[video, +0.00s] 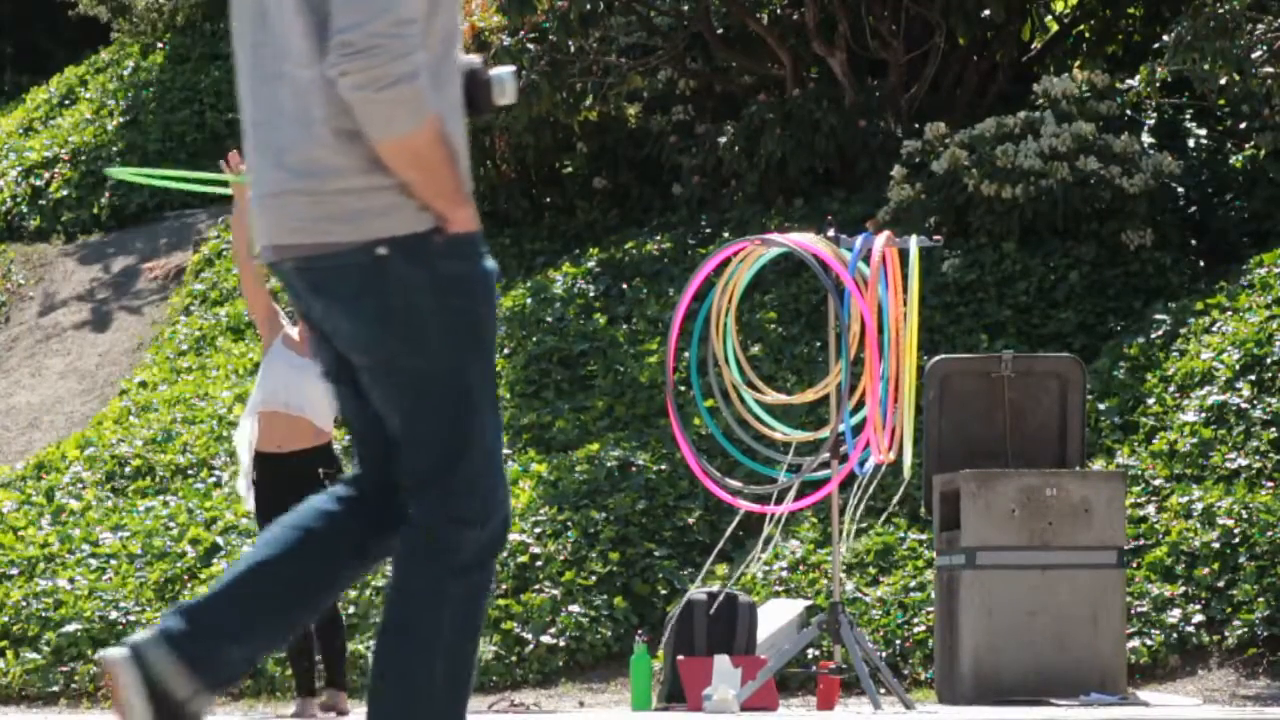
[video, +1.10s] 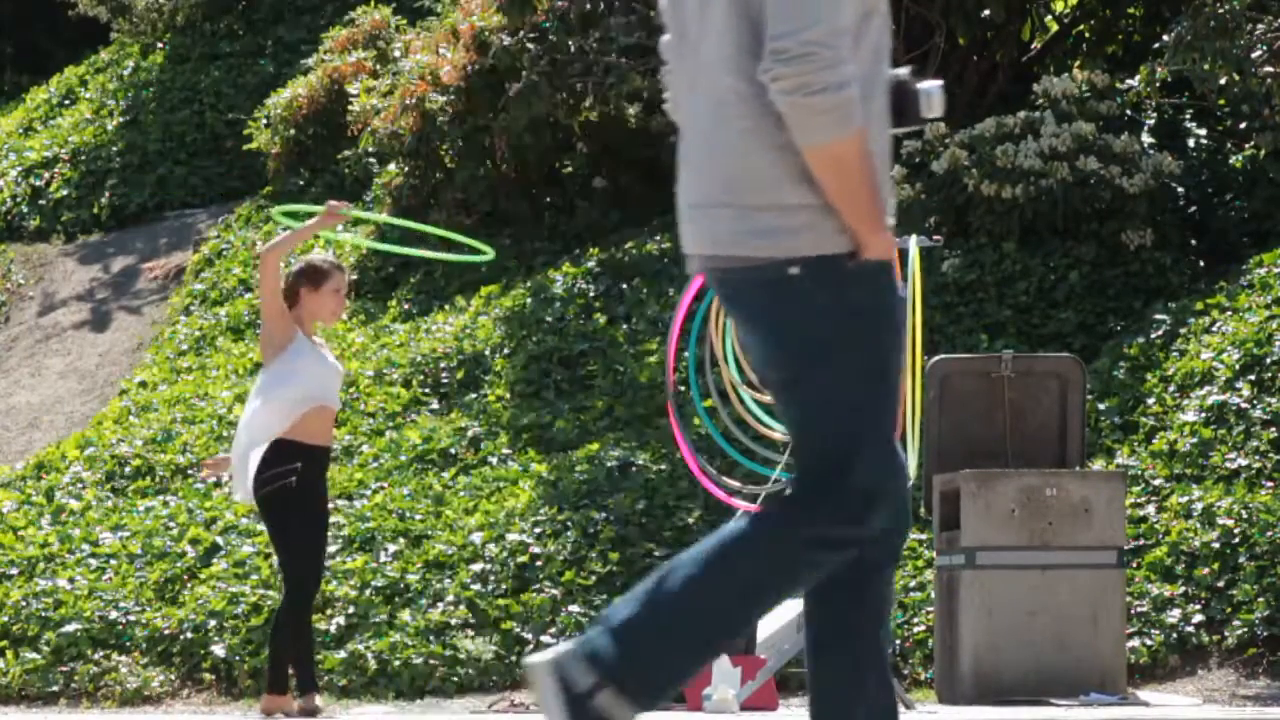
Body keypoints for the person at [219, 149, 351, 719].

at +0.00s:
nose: (309, 309)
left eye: (322, 305)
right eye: (304, 303)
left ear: (341, 317)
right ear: (294, 310)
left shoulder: (339, 357)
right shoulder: (276, 336)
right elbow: (248, 264)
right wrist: (241, 195)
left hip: (318, 464)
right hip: (269, 468)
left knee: (322, 585)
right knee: (287, 583)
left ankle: (336, 690)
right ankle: (305, 695)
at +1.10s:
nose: (345, 302)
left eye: (345, 294)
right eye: (339, 293)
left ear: (317, 298)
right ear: (308, 294)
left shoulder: (317, 348)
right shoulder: (280, 335)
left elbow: (288, 416)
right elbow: (268, 257)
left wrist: (237, 455)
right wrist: (318, 223)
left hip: (312, 467)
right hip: (283, 464)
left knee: (304, 585)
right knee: (300, 583)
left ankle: (302, 693)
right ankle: (279, 694)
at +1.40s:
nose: (325, 296)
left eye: (324, 288)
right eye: (318, 287)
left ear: (283, 292)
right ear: (297, 290)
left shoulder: (271, 336)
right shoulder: (287, 324)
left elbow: (232, 392)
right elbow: (333, 283)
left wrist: (233, 414)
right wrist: (369, 254)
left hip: (264, 474)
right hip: (292, 473)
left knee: (280, 587)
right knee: (314, 585)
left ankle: (270, 695)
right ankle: (317, 692)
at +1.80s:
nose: (253, 302)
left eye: (254, 295)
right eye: (254, 295)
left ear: (262, 300)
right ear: (302, 296)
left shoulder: (249, 350)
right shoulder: (329, 338)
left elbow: (231, 406)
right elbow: (365, 349)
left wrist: (300, 411)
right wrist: (335, 321)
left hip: (249, 478)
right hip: (305, 478)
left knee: (261, 588)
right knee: (298, 586)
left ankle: (267, 694)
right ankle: (314, 689)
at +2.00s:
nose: (256, 308)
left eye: (261, 300)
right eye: (255, 300)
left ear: (284, 300)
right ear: (297, 300)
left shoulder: (263, 347)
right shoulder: (334, 340)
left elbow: (273, 412)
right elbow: (333, 391)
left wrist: (325, 409)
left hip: (263, 473)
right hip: (312, 473)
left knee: (263, 581)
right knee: (274, 579)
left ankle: (269, 689)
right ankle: (292, 681)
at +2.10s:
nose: (258, 310)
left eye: (265, 302)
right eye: (257, 302)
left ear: (292, 300)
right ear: (295, 302)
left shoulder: (277, 343)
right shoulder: (317, 336)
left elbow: (295, 410)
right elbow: (284, 394)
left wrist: (328, 400)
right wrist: (240, 392)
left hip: (276, 481)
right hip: (305, 481)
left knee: (262, 582)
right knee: (267, 580)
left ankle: (274, 689)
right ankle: (274, 686)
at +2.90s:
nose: (344, 317)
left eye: (346, 309)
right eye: (341, 308)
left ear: (322, 303)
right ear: (313, 301)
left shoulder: (329, 342)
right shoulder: (275, 352)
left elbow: (334, 403)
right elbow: (263, 419)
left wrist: (352, 449)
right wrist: (293, 459)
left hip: (339, 470)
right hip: (303, 472)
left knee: (332, 582)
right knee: (319, 581)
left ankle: (295, 685)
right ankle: (257, 670)